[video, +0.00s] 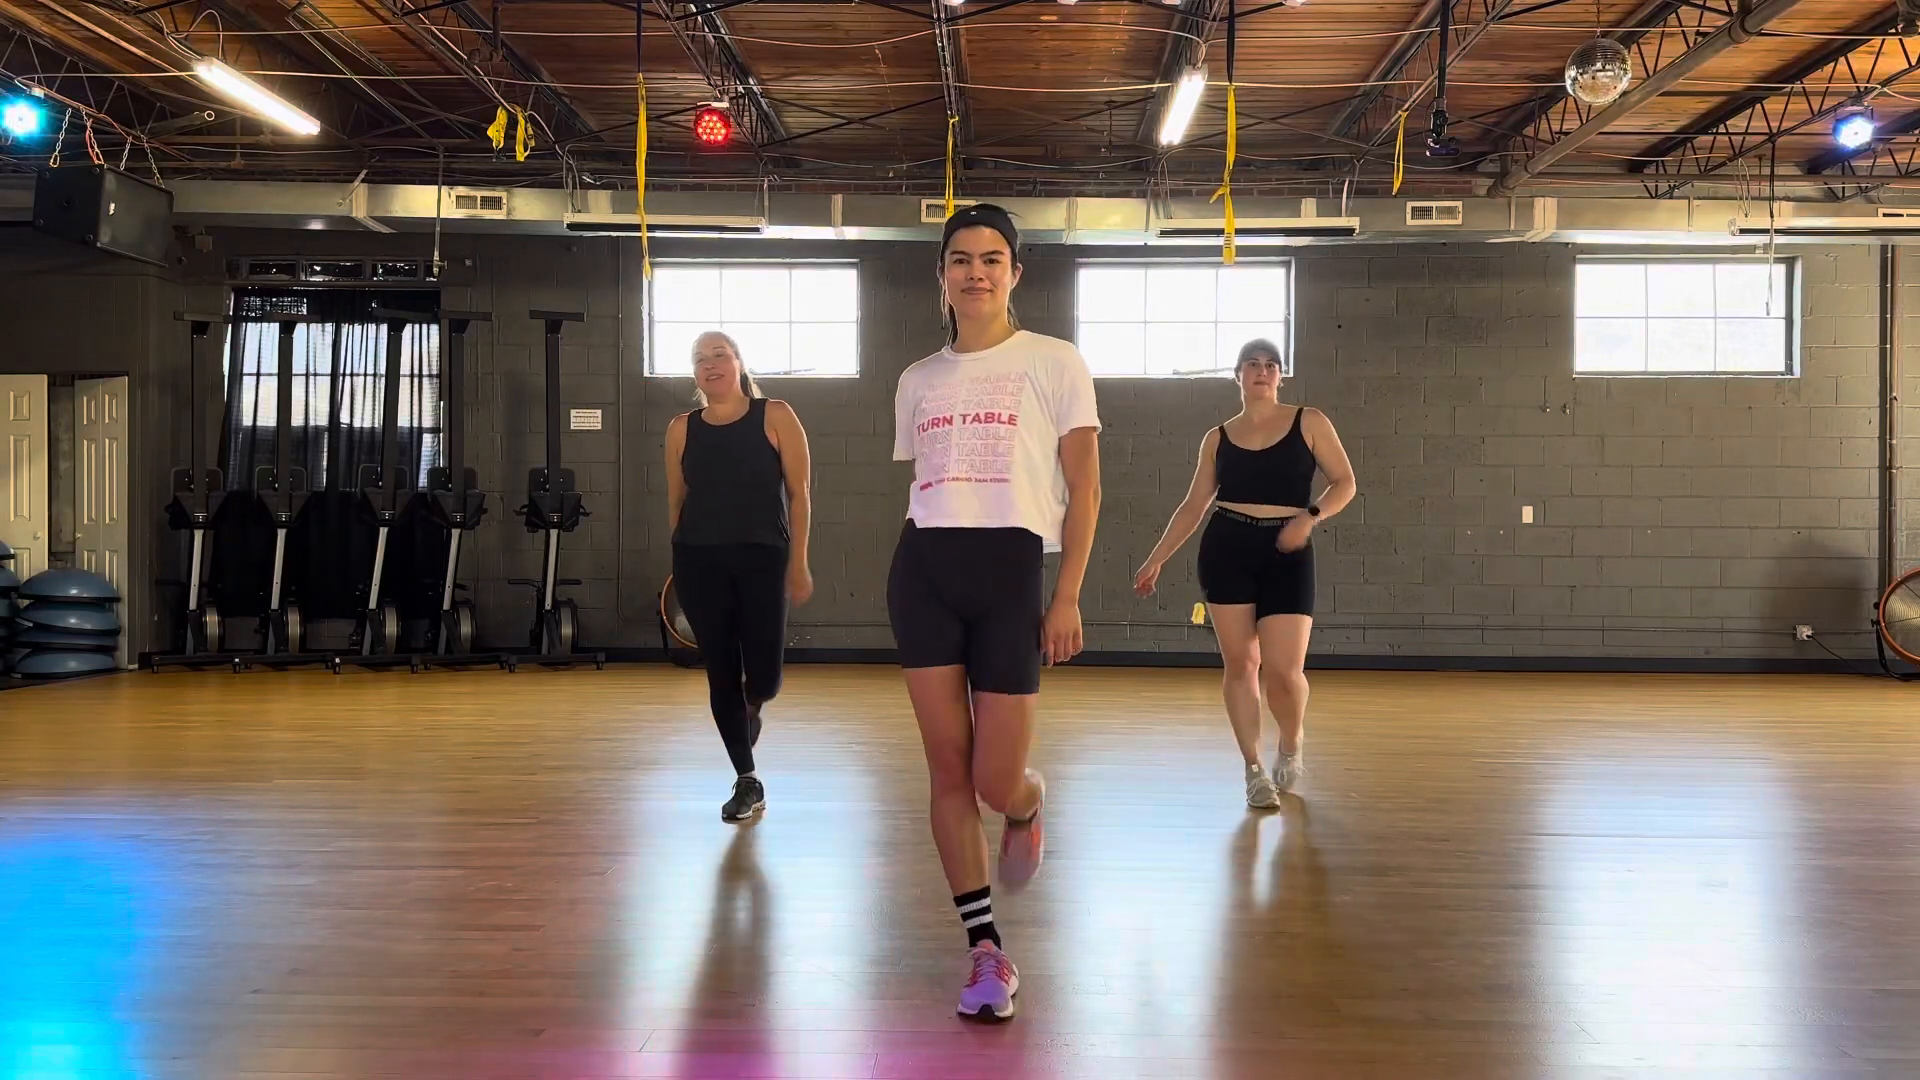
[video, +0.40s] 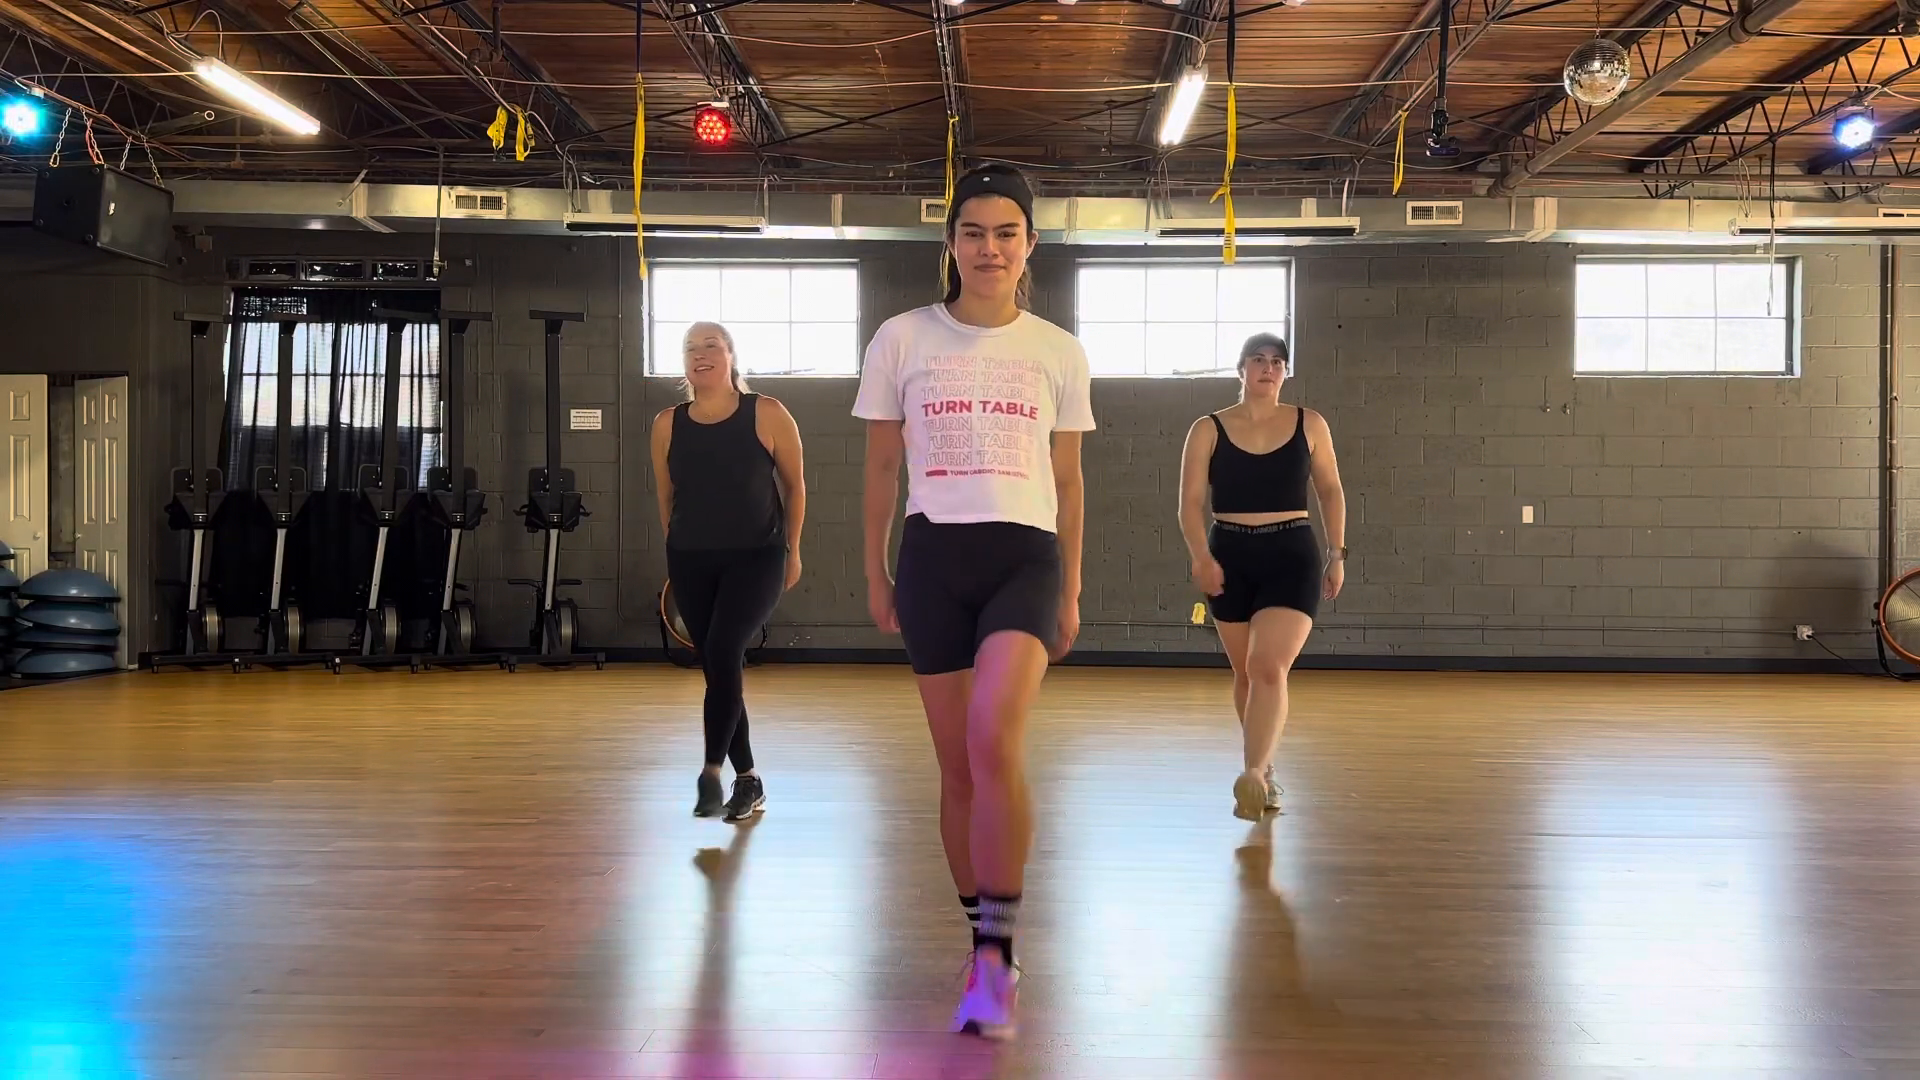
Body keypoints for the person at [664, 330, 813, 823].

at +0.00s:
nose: (713, 363)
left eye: (722, 355)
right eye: (704, 358)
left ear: (740, 365)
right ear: (694, 373)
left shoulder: (776, 416)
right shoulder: (681, 430)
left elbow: (799, 493)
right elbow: (677, 505)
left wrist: (799, 563)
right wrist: (677, 575)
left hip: (762, 561)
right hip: (700, 564)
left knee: (764, 678)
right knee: (722, 675)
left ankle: (751, 705)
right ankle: (746, 780)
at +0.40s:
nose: (702, 354)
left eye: (712, 346)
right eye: (694, 348)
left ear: (732, 360)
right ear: (683, 364)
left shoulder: (768, 414)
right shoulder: (666, 426)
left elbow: (795, 486)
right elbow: (667, 502)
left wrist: (793, 549)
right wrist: (674, 569)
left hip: (757, 558)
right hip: (692, 560)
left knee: (724, 652)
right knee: (719, 663)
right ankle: (746, 777)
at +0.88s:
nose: (686, 336)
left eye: (698, 328)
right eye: (678, 328)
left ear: (719, 341)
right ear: (667, 342)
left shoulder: (749, 407)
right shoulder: (643, 405)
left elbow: (772, 490)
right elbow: (622, 484)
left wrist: (799, 559)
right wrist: (586, 552)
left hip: (727, 566)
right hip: (657, 564)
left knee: (705, 692)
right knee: (643, 688)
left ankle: (683, 812)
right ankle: (698, 706)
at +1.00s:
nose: (683, 338)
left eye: (694, 330)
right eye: (675, 329)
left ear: (718, 342)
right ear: (664, 340)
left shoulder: (745, 409)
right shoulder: (639, 398)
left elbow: (784, 488)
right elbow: (603, 467)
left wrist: (861, 478)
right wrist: (520, 469)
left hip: (726, 562)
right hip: (652, 559)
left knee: (706, 690)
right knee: (633, 677)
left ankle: (682, 811)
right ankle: (679, 662)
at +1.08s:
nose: (680, 336)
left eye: (693, 327)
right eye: (672, 327)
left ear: (716, 340)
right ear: (660, 339)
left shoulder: (741, 405)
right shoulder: (634, 395)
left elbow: (797, 468)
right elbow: (585, 444)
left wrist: (832, 405)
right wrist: (532, 386)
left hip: (723, 557)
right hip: (648, 554)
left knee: (705, 690)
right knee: (637, 670)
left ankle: (682, 811)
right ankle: (663, 686)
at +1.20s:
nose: (677, 334)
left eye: (689, 326)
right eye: (667, 325)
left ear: (712, 336)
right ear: (656, 335)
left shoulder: (741, 400)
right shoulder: (630, 391)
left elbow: (806, 449)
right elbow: (567, 417)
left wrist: (820, 387)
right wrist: (568, 362)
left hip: (720, 557)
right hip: (644, 553)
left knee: (700, 691)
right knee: (641, 661)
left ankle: (685, 810)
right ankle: (642, 757)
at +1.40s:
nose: (678, 331)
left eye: (687, 320)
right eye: (662, 323)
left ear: (703, 332)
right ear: (645, 340)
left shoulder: (736, 400)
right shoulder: (619, 397)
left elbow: (789, 467)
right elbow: (533, 418)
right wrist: (575, 445)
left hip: (708, 566)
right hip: (635, 564)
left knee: (705, 717)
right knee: (630, 701)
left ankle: (681, 804)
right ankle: (611, 846)